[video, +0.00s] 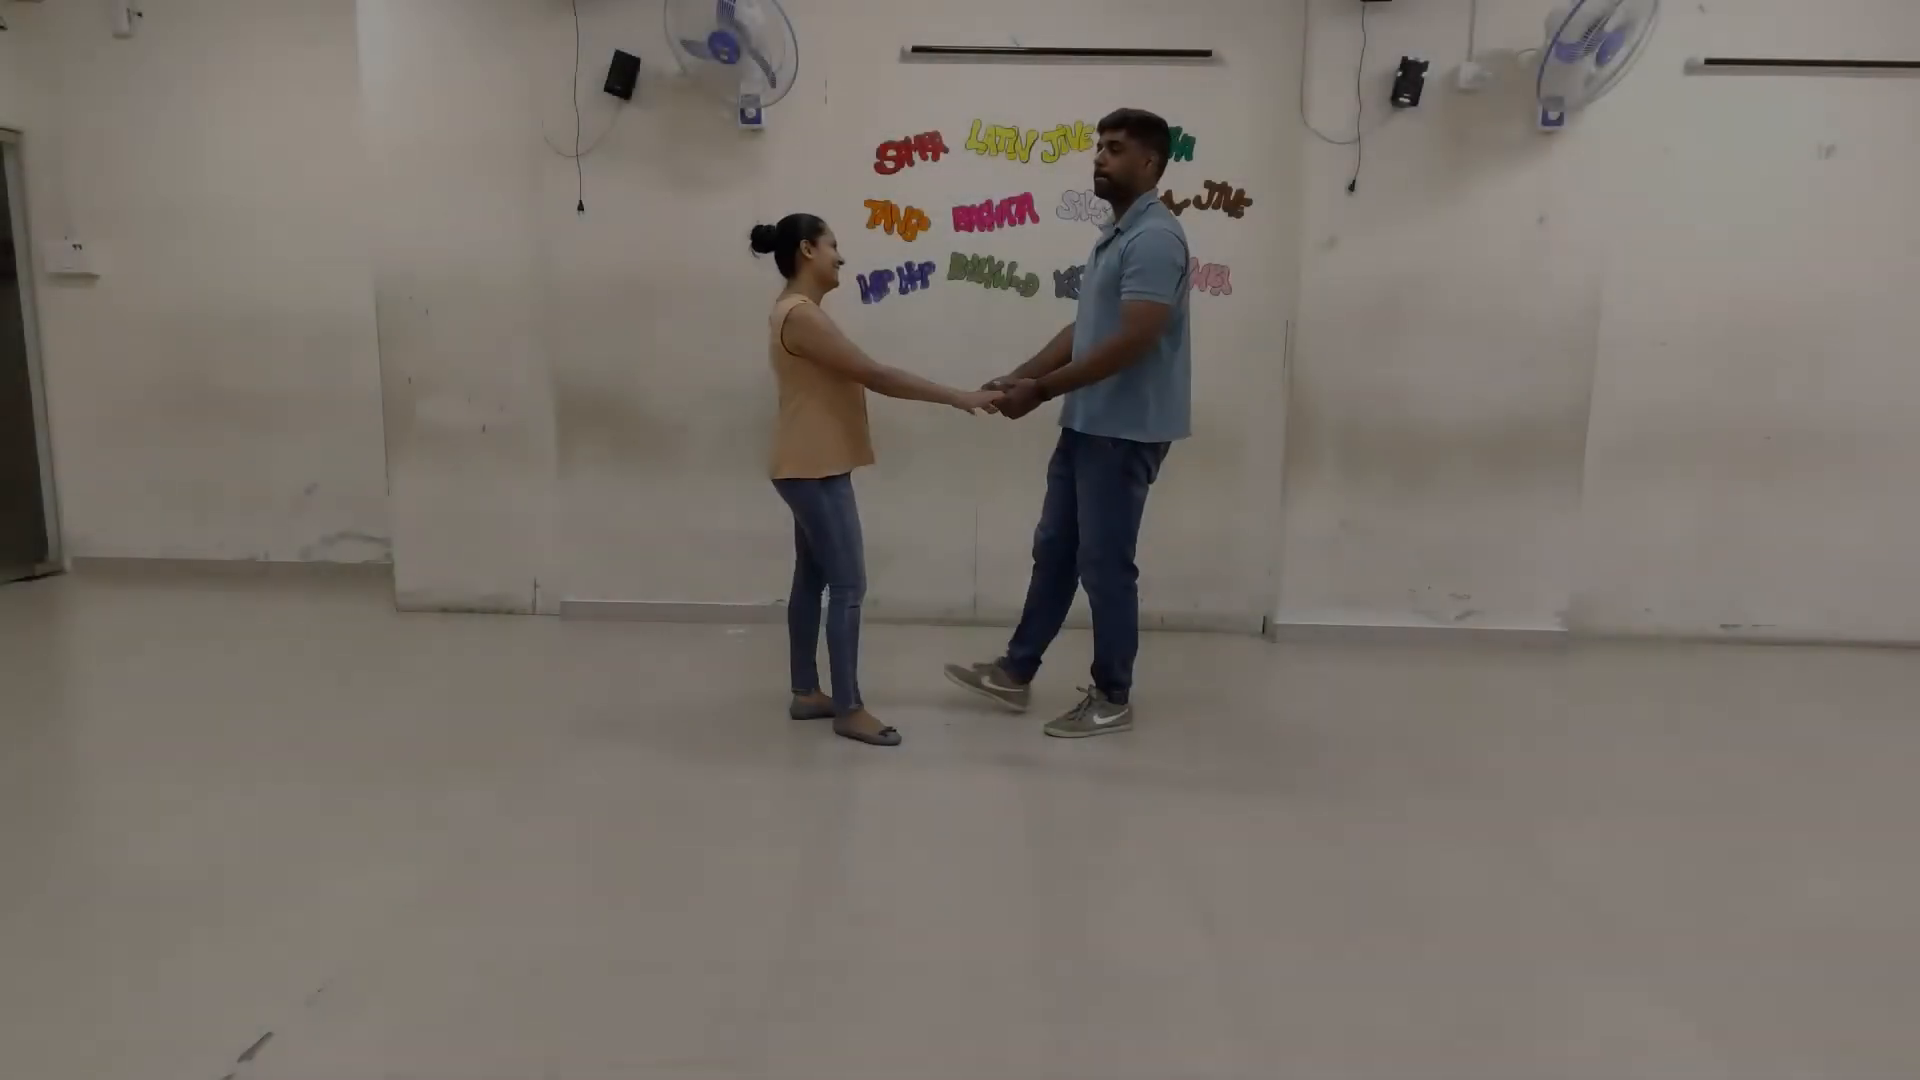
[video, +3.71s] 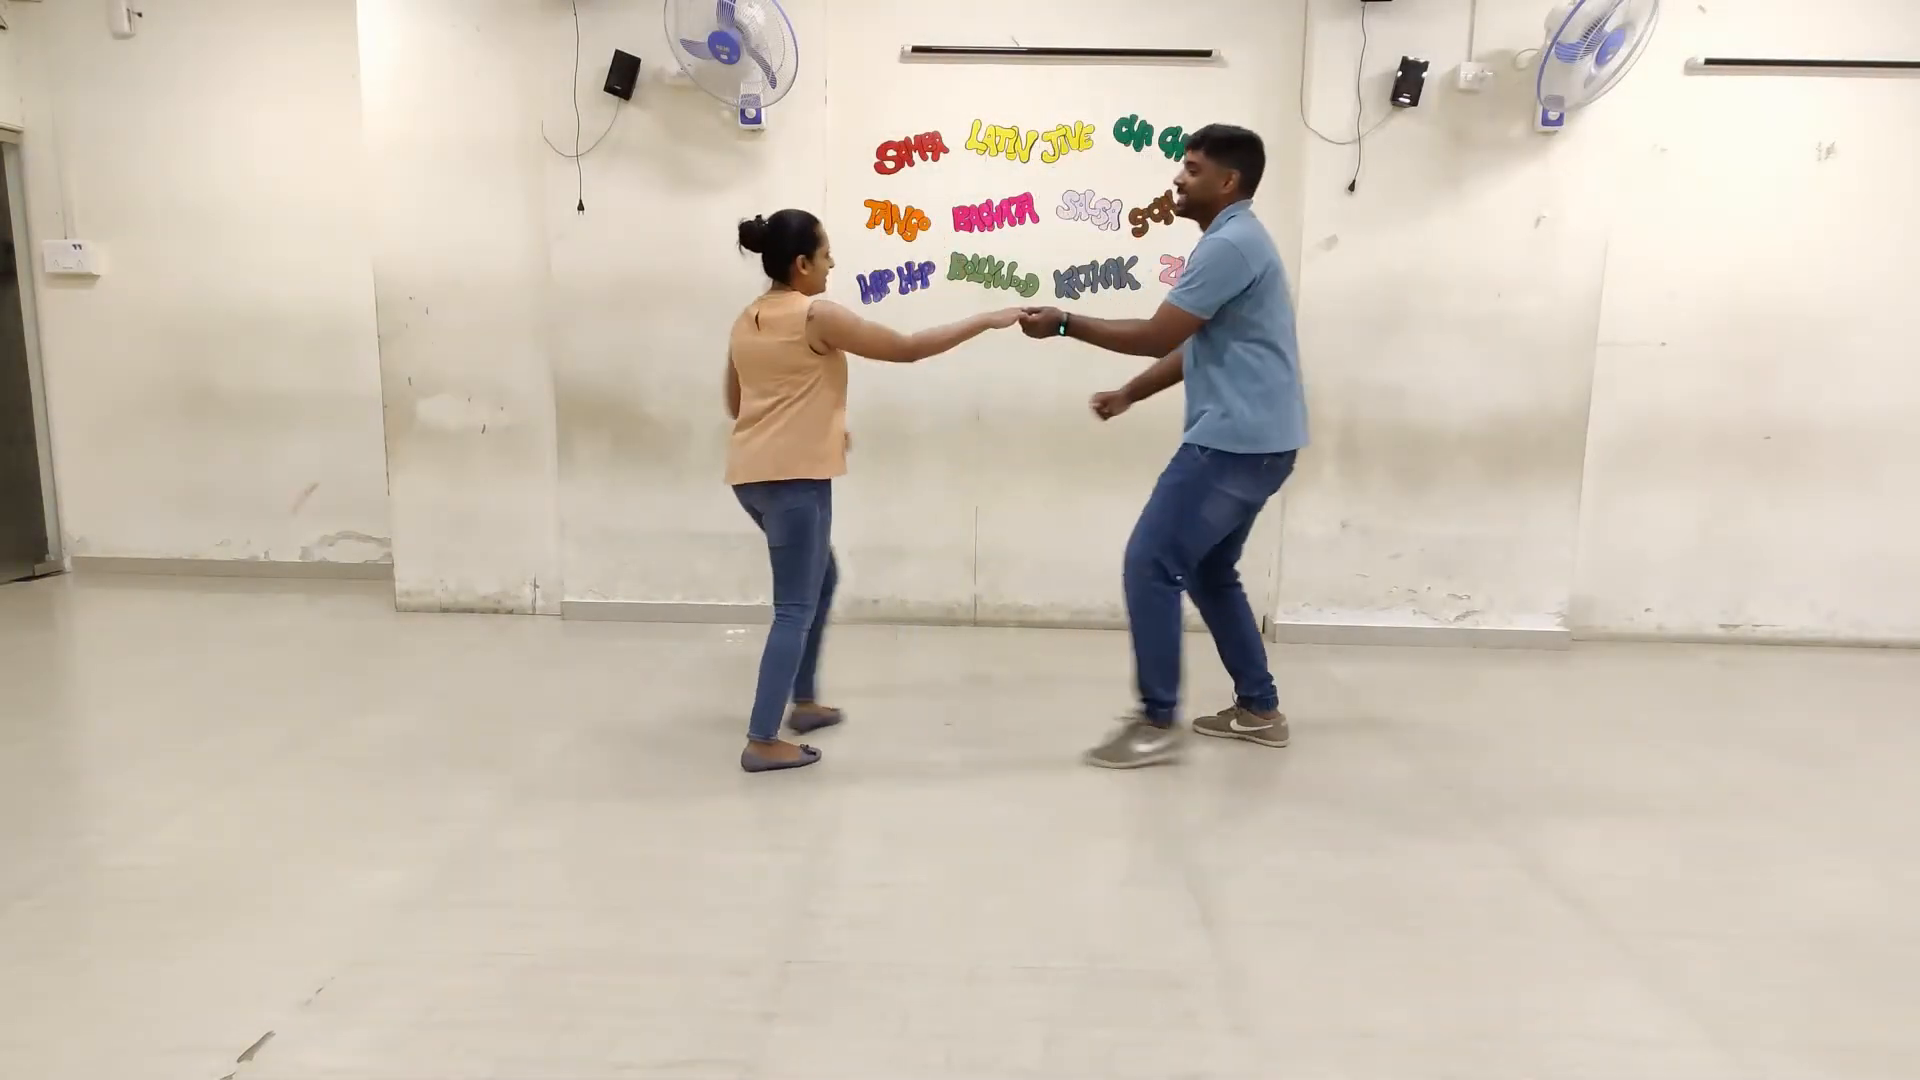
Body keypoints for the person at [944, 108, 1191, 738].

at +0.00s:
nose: (1099, 158)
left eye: (1113, 149)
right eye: (1099, 148)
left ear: (1151, 161)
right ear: (1107, 160)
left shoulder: (1155, 237)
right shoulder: (1119, 234)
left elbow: (1140, 335)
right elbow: (1085, 328)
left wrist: (1046, 387)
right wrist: (1025, 377)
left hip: (1126, 429)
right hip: (1087, 421)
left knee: (1106, 563)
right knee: (1056, 549)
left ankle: (1112, 698)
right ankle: (1015, 671)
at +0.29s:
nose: (1097, 155)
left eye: (1112, 146)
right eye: (1097, 145)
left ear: (1150, 160)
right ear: (1120, 163)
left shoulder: (1153, 233)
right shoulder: (1119, 236)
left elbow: (1125, 334)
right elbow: (1080, 327)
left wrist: (1032, 381)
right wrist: (1016, 375)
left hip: (1126, 427)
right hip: (1089, 421)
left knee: (1100, 558)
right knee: (1054, 541)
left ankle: (1111, 697)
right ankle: (1089, 675)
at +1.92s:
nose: (1145, 143)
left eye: (1163, 134)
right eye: (1138, 132)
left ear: (1193, 150)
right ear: (1128, 145)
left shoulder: (1194, 230)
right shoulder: (1135, 226)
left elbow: (1143, 332)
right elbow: (1104, 325)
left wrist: (1037, 378)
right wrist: (1034, 382)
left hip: (1160, 437)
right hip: (1112, 428)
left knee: (1118, 579)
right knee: (1085, 564)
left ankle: (1127, 723)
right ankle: (1155, 686)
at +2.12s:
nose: (1152, 155)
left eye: (1168, 146)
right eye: (1151, 145)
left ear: (1208, 160)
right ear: (1152, 158)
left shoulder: (1210, 241)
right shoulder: (1166, 237)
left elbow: (1147, 338)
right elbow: (1116, 326)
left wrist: (1044, 383)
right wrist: (1034, 373)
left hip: (1178, 445)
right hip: (1161, 441)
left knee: (1114, 580)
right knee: (1167, 576)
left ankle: (1127, 727)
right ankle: (1225, 709)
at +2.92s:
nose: (1055, 166)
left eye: (1067, 156)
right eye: (1058, 155)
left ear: (1104, 166)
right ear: (1101, 168)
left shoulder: (1116, 236)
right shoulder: (1116, 228)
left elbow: (1137, 340)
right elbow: (1129, 337)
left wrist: (1040, 364)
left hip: (1112, 437)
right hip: (1117, 433)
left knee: (1057, 569)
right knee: (1077, 557)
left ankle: (1086, 713)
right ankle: (1159, 667)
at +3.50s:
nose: (1135, 192)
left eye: (1151, 184)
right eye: (1140, 180)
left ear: (1191, 200)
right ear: (1156, 190)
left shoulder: (1207, 269)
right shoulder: (1157, 268)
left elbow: (1176, 371)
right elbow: (1108, 349)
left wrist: (1071, 394)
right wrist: (1030, 387)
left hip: (1183, 460)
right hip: (1166, 456)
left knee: (1087, 570)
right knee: (1157, 587)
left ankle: (1079, 712)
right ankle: (1251, 697)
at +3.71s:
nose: (1178, 176)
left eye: (1192, 168)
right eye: (1182, 165)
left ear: (1229, 180)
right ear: (1225, 182)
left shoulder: (1232, 240)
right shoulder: (1242, 240)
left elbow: (1160, 334)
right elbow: (1202, 348)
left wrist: (1063, 323)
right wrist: (1130, 392)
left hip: (1232, 438)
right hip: (1262, 438)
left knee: (1149, 560)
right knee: (1209, 571)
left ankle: (1157, 721)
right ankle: (1259, 708)